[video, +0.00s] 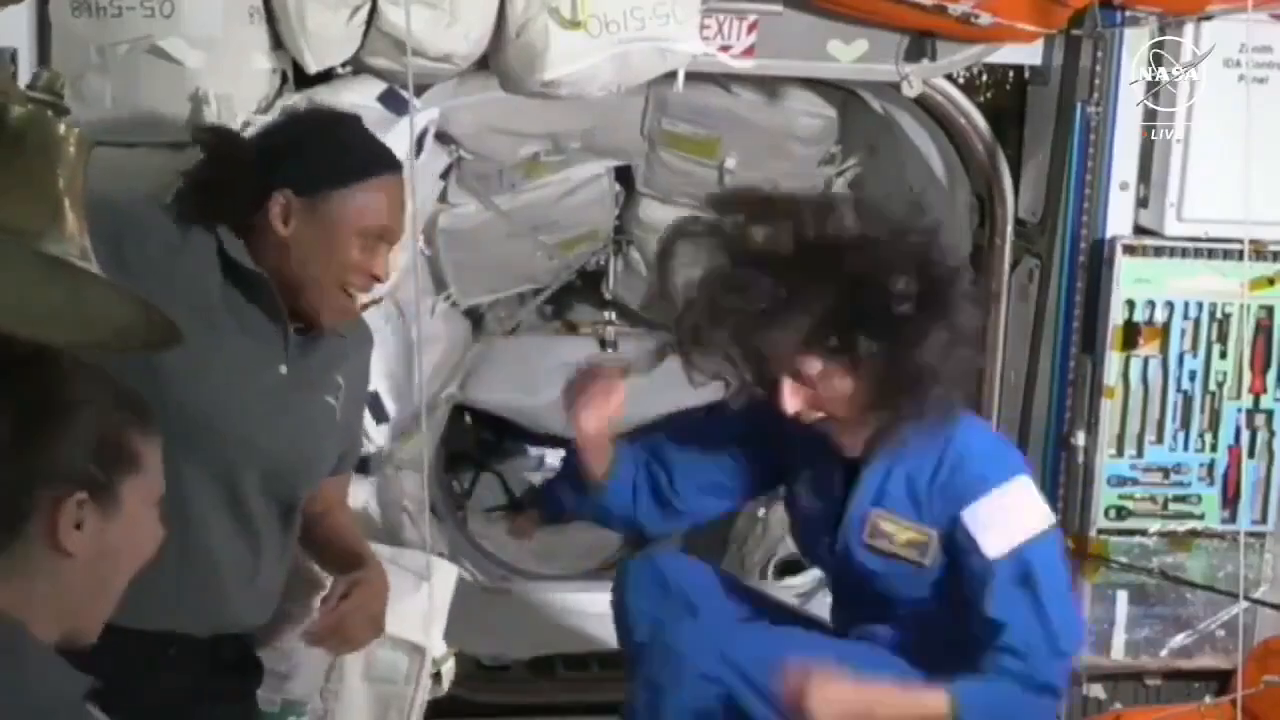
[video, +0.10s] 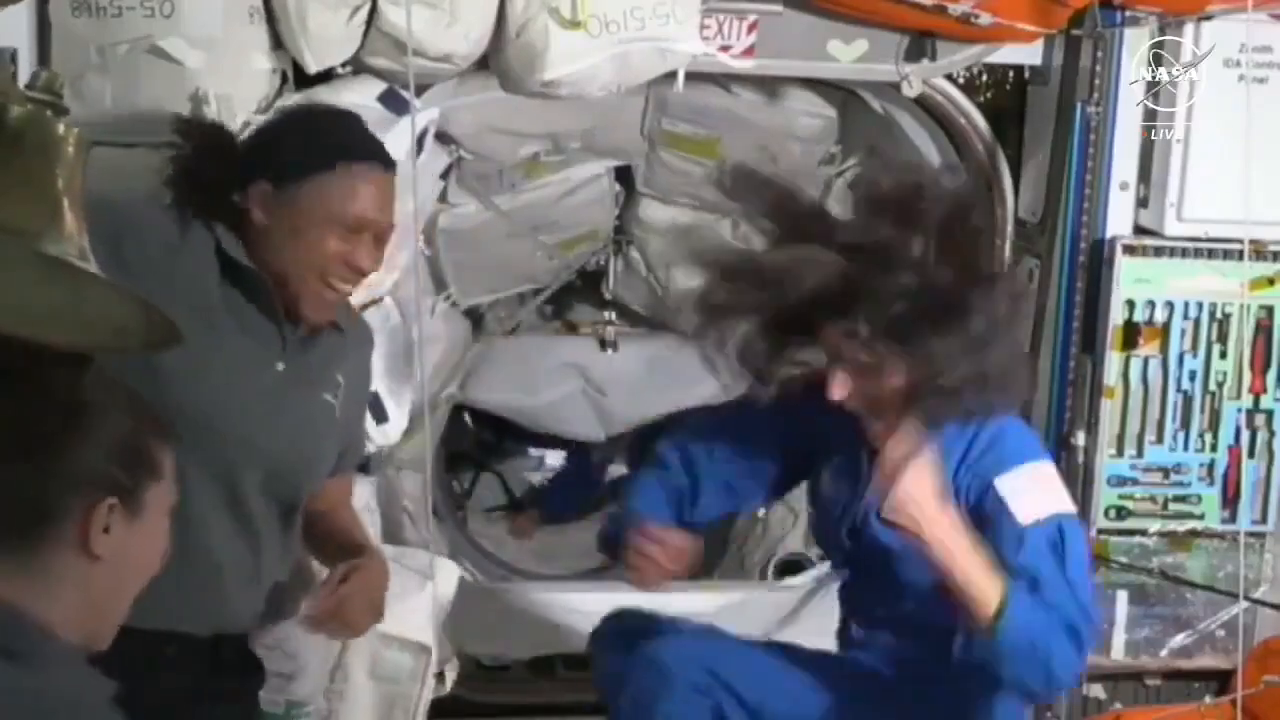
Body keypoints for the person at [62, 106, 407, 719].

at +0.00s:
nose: (383, 272)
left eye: (392, 247)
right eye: (371, 241)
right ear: (285, 214)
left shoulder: (345, 344)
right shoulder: (133, 254)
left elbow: (323, 504)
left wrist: (364, 569)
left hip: (222, 668)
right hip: (84, 648)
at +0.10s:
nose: (367, 263)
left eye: (380, 240)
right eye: (349, 231)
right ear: (262, 205)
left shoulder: (346, 342)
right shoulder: (139, 248)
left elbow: (326, 500)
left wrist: (365, 559)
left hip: (223, 664)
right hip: (86, 645)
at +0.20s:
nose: (322, 247)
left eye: (351, 229)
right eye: (304, 211)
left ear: (370, 239)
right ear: (246, 192)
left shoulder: (349, 345)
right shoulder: (145, 250)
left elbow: (332, 503)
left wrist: (363, 554)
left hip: (222, 654)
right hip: (85, 634)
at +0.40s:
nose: (272, 222)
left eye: (310, 208)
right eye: (260, 190)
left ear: (357, 238)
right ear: (235, 186)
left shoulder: (356, 354)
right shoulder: (151, 244)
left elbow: (353, 524)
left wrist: (357, 564)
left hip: (214, 641)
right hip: (69, 606)